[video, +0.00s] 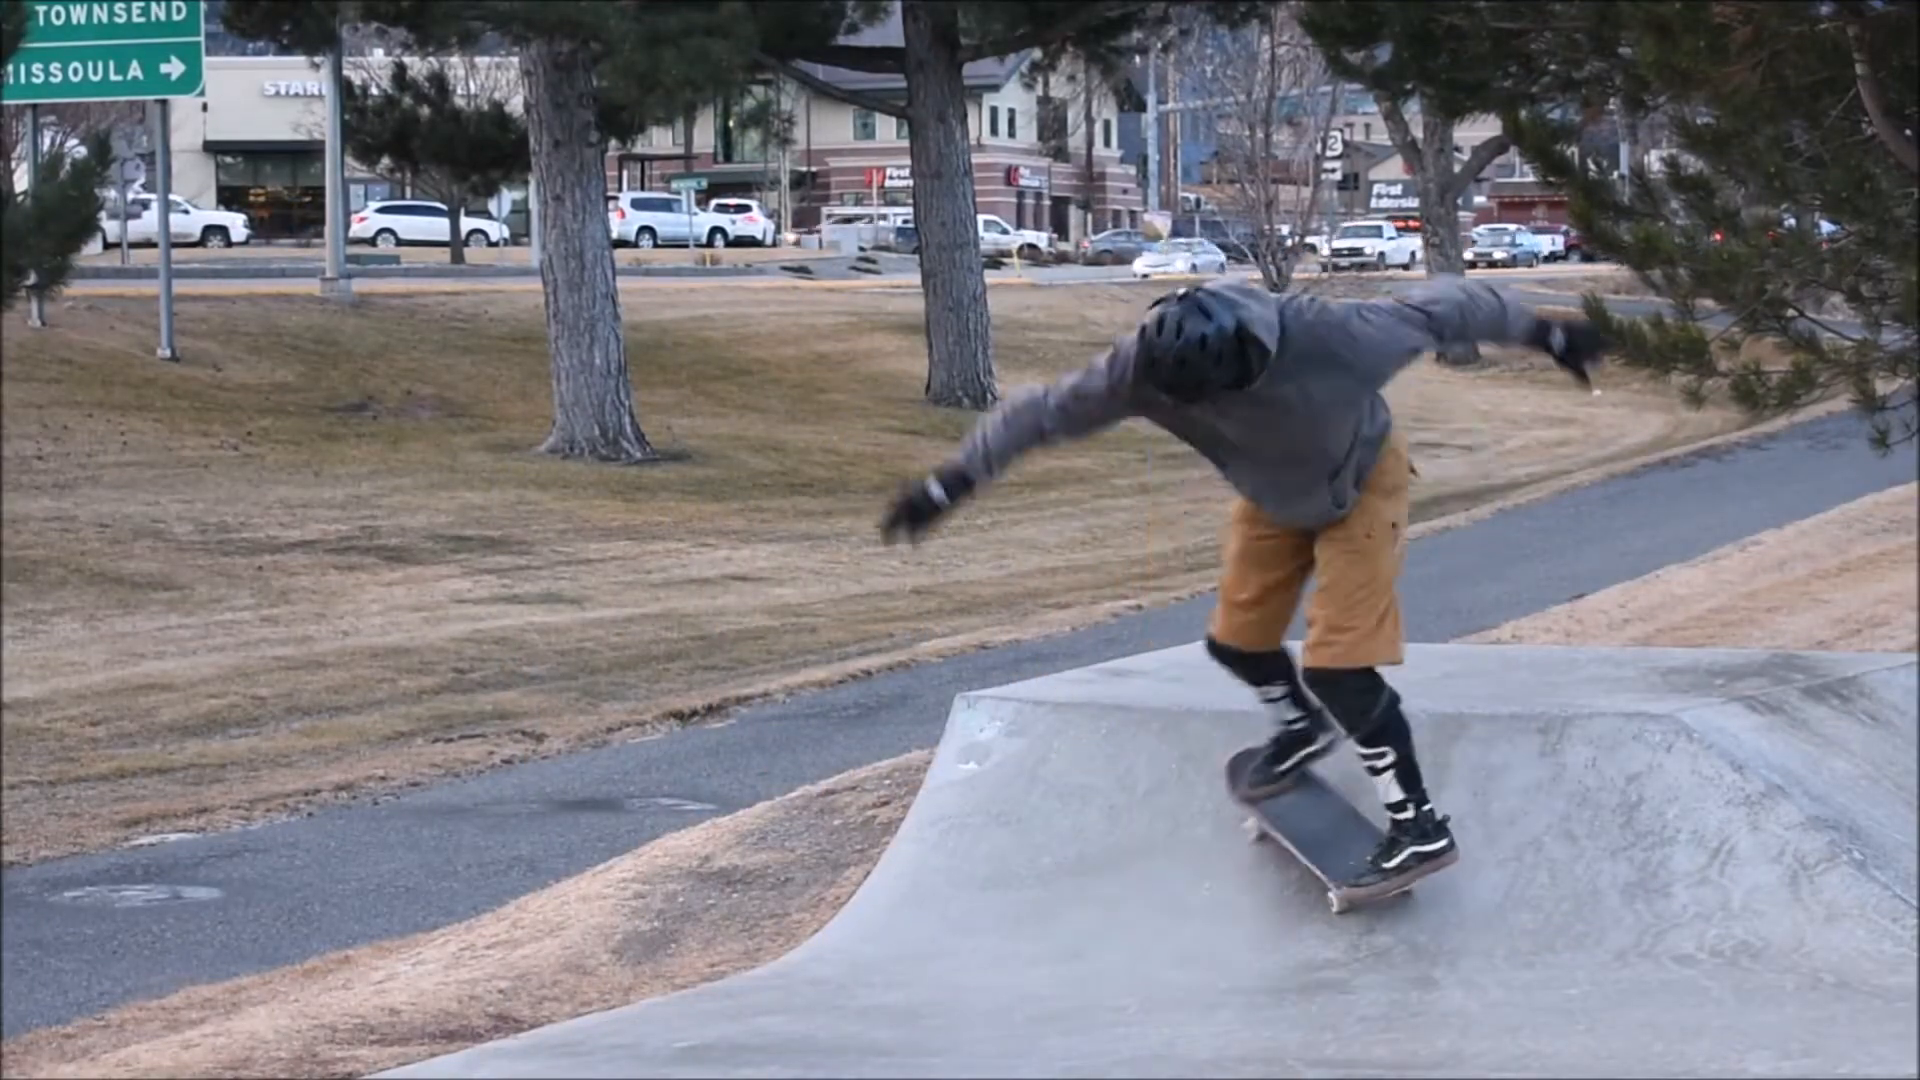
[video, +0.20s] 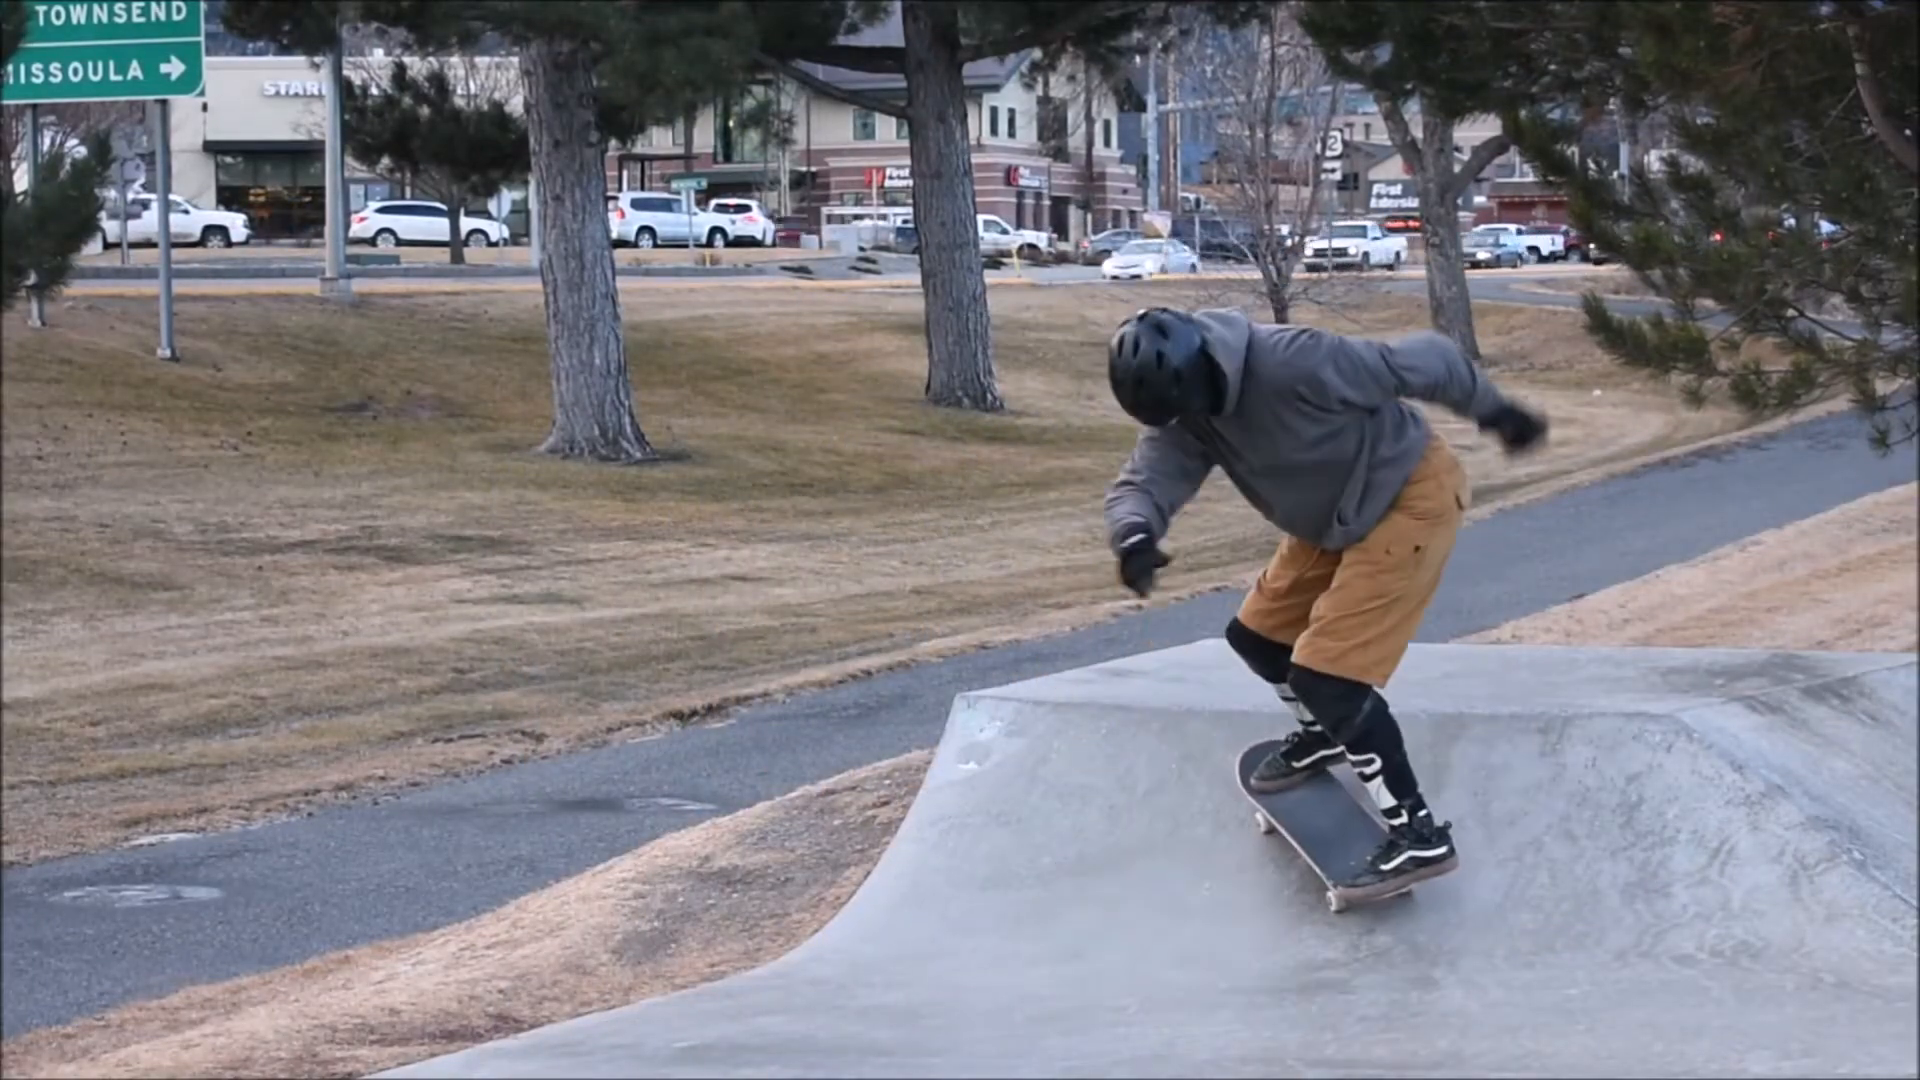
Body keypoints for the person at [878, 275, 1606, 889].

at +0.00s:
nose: (1184, 403)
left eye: (1195, 394)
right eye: (1174, 392)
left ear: (1237, 366)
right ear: (1167, 363)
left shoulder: (1327, 335)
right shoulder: (1148, 364)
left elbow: (1446, 307)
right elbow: (1043, 413)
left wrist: (1547, 327)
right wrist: (945, 483)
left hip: (1359, 476)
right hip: (1268, 492)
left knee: (1339, 669)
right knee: (1236, 641)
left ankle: (1418, 818)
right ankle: (1306, 723)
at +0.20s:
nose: (1180, 423)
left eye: (1181, 408)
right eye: (1168, 416)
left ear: (1198, 367)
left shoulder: (1293, 361)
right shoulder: (1189, 407)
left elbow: (1425, 360)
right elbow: (1145, 479)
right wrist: (1134, 533)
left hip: (1410, 490)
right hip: (1333, 510)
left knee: (1328, 675)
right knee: (1258, 637)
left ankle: (1418, 830)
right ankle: (1328, 729)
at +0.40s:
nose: (1226, 371)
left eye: (1230, 354)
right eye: (1211, 363)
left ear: (1254, 318)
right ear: (1197, 352)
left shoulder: (1342, 335)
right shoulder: (1209, 383)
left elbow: (1484, 371)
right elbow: (1146, 467)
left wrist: (1568, 447)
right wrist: (1094, 568)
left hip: (1417, 497)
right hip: (1329, 520)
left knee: (1358, 688)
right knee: (1276, 674)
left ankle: (1443, 851)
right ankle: (1346, 755)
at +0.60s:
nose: (1237, 347)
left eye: (1241, 331)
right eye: (1220, 340)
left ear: (1264, 291)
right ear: (1196, 320)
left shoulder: (1344, 289)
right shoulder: (1204, 361)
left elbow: (1449, 291)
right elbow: (1171, 399)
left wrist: (1528, 320)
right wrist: (1131, 451)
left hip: (1426, 492)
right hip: (1317, 516)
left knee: (1486, 698)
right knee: (1314, 693)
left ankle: (1514, 846)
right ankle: (1269, 863)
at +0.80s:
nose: (1247, 392)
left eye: (1255, 377)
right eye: (1232, 383)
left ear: (1283, 337)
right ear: (1212, 363)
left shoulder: (1338, 327)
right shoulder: (1224, 419)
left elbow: (1452, 353)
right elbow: (1232, 535)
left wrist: (1373, 357)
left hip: (1412, 533)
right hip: (1312, 564)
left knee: (1499, 718)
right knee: (1357, 720)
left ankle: (1457, 869)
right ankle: (1293, 905)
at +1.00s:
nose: (1233, 332)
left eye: (1246, 316)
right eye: (1219, 318)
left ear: (1281, 299)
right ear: (1203, 309)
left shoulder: (1344, 336)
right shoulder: (1202, 390)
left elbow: (1458, 415)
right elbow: (1185, 528)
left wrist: (1406, 457)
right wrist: (1212, 606)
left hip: (1373, 548)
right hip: (1268, 568)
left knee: (1457, 728)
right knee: (1305, 728)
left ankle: (1417, 879)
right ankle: (1241, 918)